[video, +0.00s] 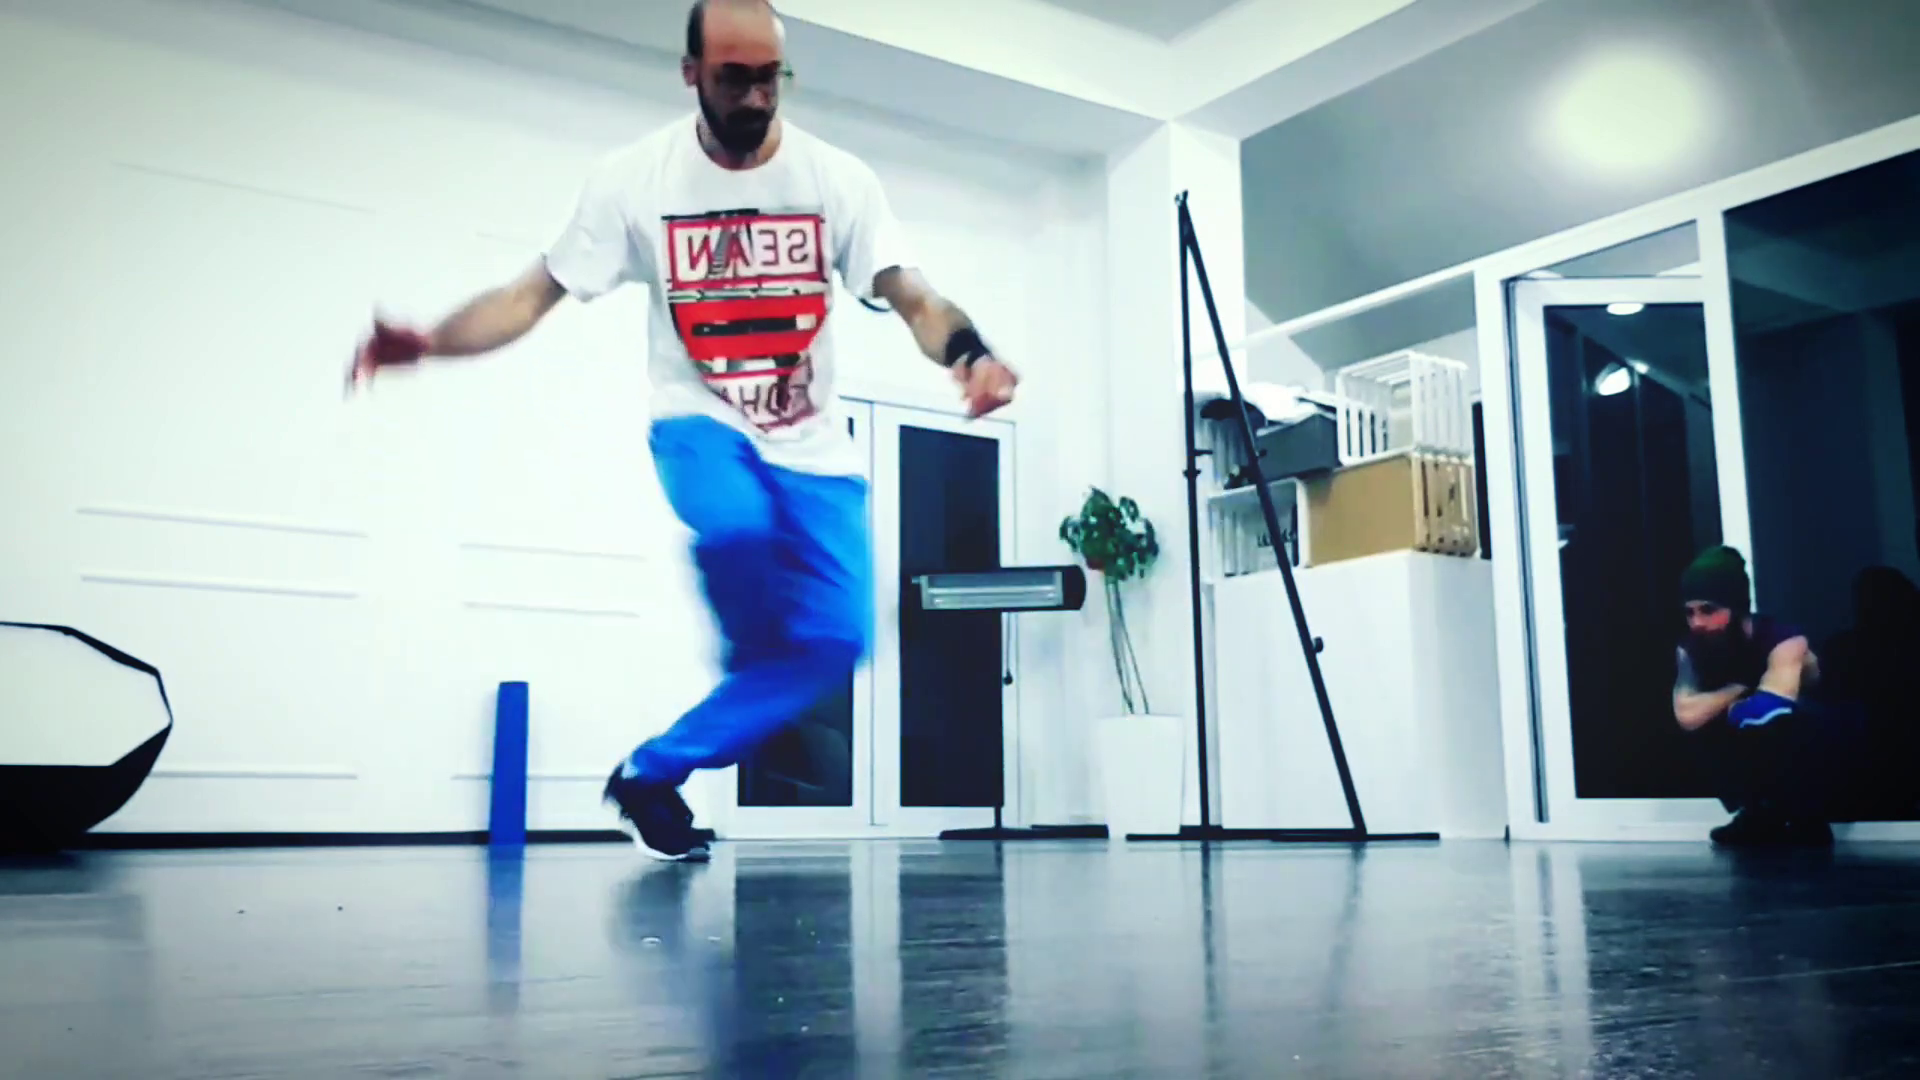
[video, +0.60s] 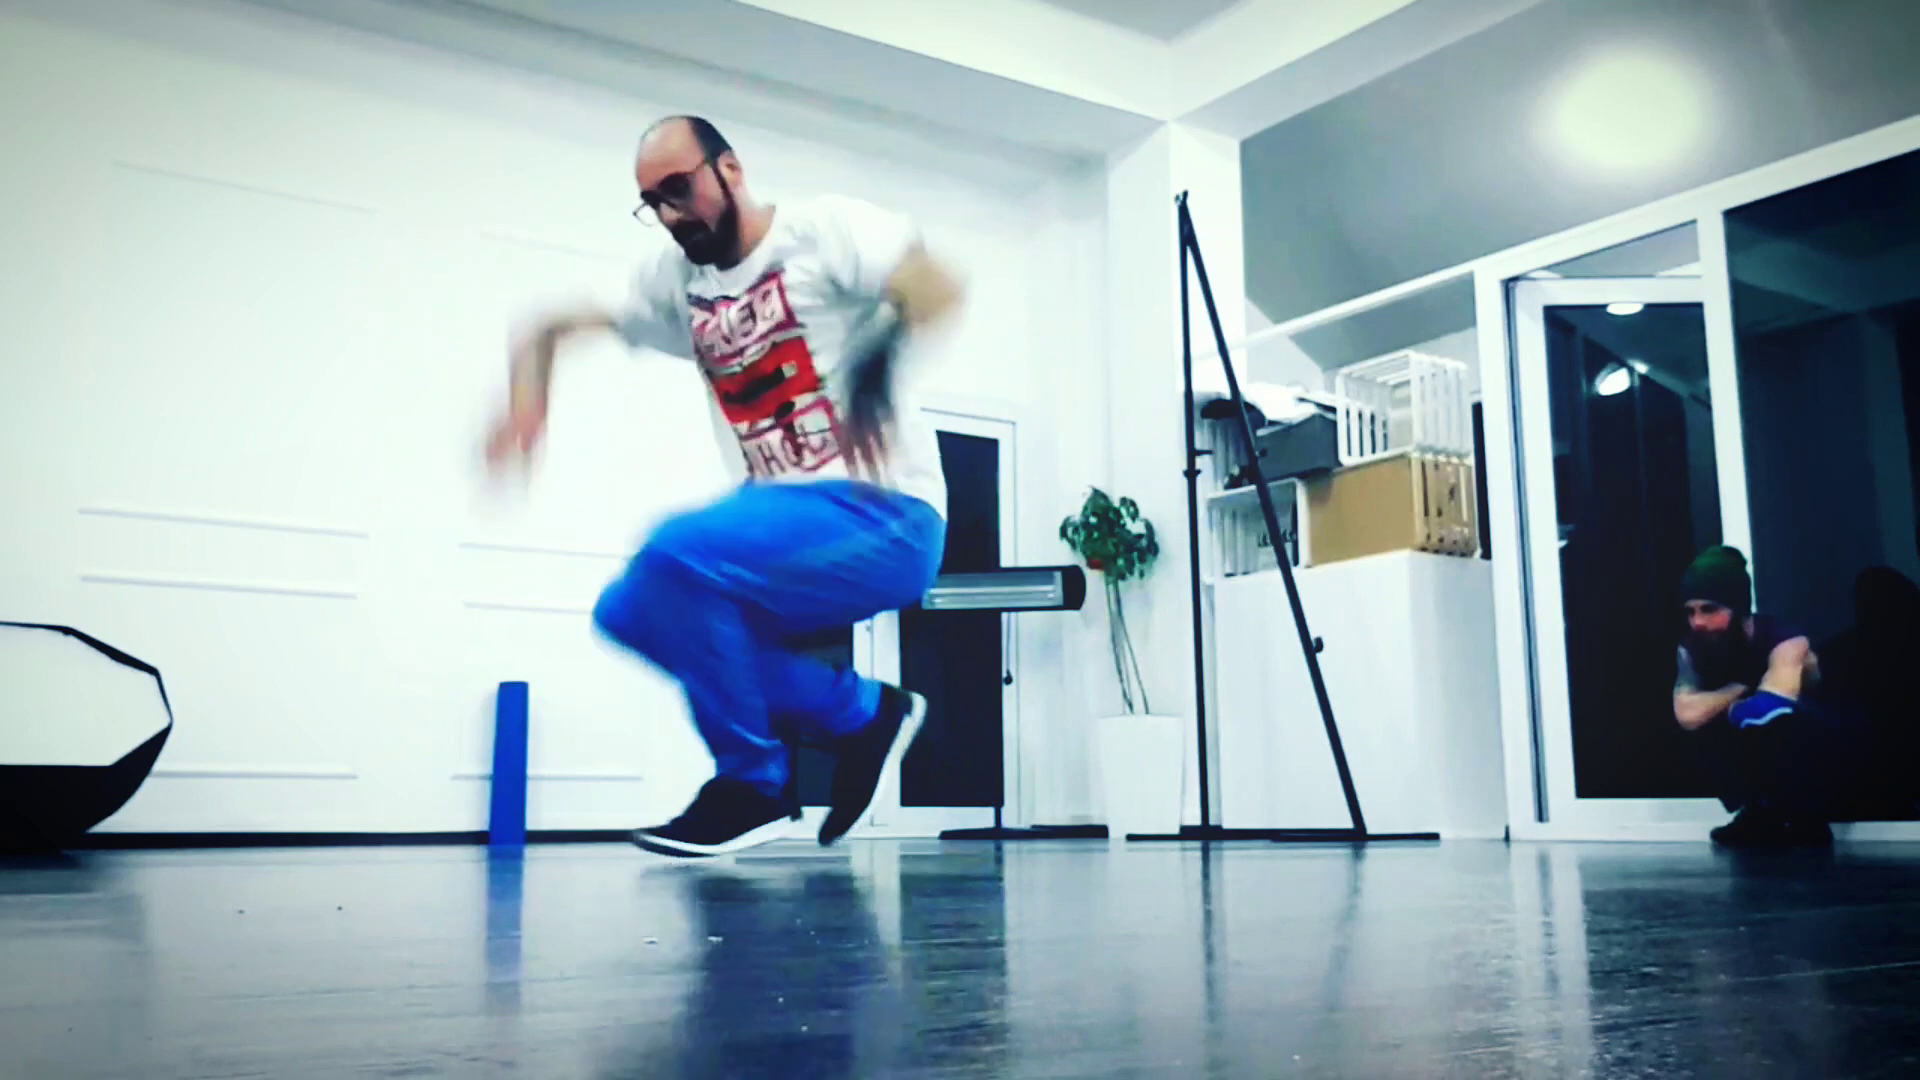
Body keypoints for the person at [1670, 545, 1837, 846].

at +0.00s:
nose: (1697, 623)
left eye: (1708, 611)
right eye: (1690, 613)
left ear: (1736, 607)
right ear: (1684, 612)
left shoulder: (1778, 637)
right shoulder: (1690, 652)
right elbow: (1688, 715)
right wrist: (1738, 690)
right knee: (1703, 727)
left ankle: (1803, 819)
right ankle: (1754, 814)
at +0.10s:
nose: (1697, 623)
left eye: (1708, 611)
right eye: (1690, 613)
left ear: (1736, 607)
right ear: (1684, 612)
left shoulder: (1779, 637)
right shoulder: (1690, 652)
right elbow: (1688, 715)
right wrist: (1738, 690)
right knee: (1704, 727)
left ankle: (1802, 819)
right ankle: (1755, 814)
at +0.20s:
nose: (1697, 623)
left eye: (1708, 611)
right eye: (1690, 613)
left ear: (1736, 607)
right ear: (1684, 612)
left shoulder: (1777, 637)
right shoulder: (1691, 652)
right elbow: (1688, 715)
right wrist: (1738, 689)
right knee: (1704, 728)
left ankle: (1802, 819)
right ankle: (1755, 814)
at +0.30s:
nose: (1697, 624)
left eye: (1709, 611)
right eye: (1690, 613)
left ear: (1736, 606)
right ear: (1684, 612)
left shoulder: (1777, 638)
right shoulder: (1691, 652)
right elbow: (1688, 715)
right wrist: (1738, 689)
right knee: (1705, 727)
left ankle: (1802, 819)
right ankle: (1755, 814)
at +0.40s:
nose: (1697, 623)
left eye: (1708, 611)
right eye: (1690, 613)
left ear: (1736, 607)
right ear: (1684, 612)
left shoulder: (1780, 638)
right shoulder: (1691, 652)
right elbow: (1688, 715)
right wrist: (1739, 690)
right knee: (1704, 727)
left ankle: (1802, 818)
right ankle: (1754, 814)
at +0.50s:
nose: (1697, 622)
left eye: (1708, 610)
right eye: (1690, 612)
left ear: (1737, 607)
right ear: (1684, 611)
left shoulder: (1778, 637)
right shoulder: (1691, 650)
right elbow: (1687, 714)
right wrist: (1739, 689)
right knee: (1704, 726)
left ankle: (1802, 818)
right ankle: (1754, 814)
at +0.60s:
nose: (1697, 623)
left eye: (1709, 610)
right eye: (1691, 612)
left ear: (1738, 607)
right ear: (1685, 612)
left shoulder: (1782, 637)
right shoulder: (1690, 652)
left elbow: (1775, 705)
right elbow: (1688, 714)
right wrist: (1742, 687)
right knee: (1705, 725)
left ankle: (1799, 818)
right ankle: (1755, 813)